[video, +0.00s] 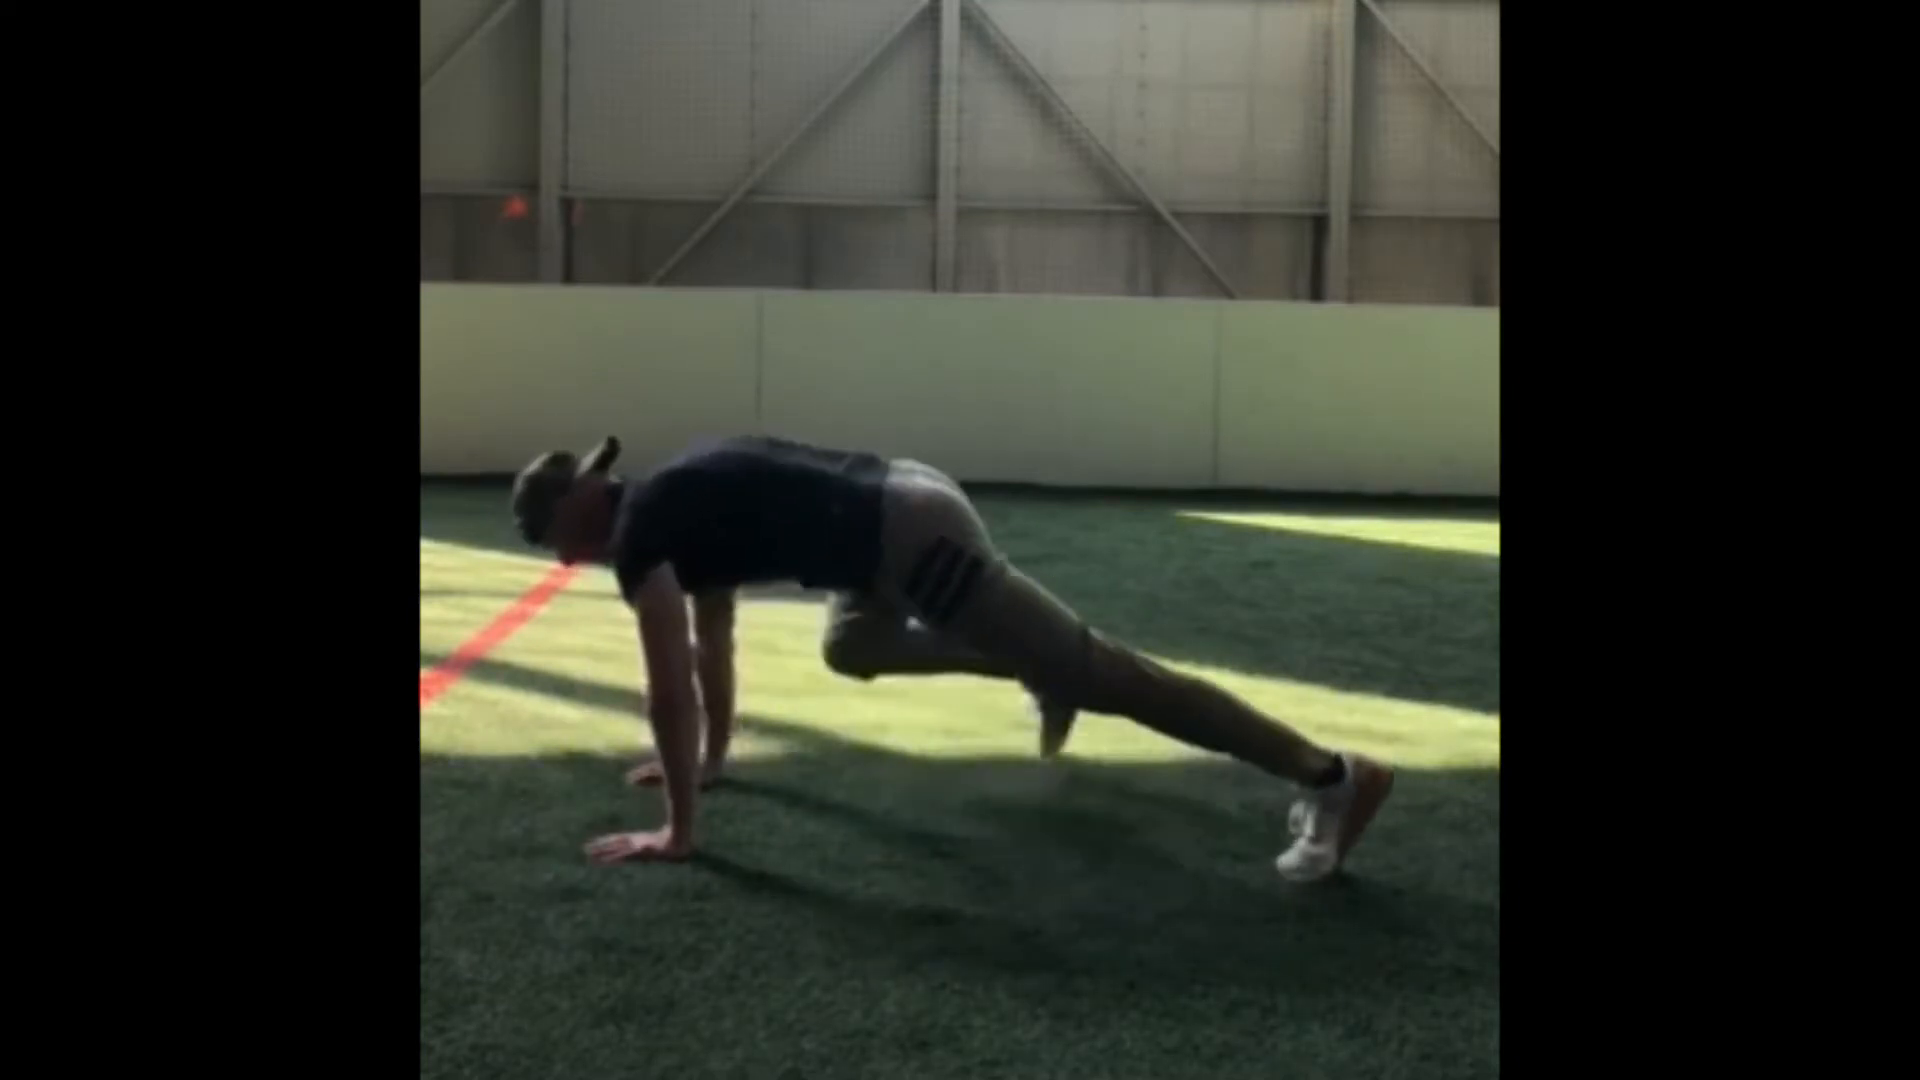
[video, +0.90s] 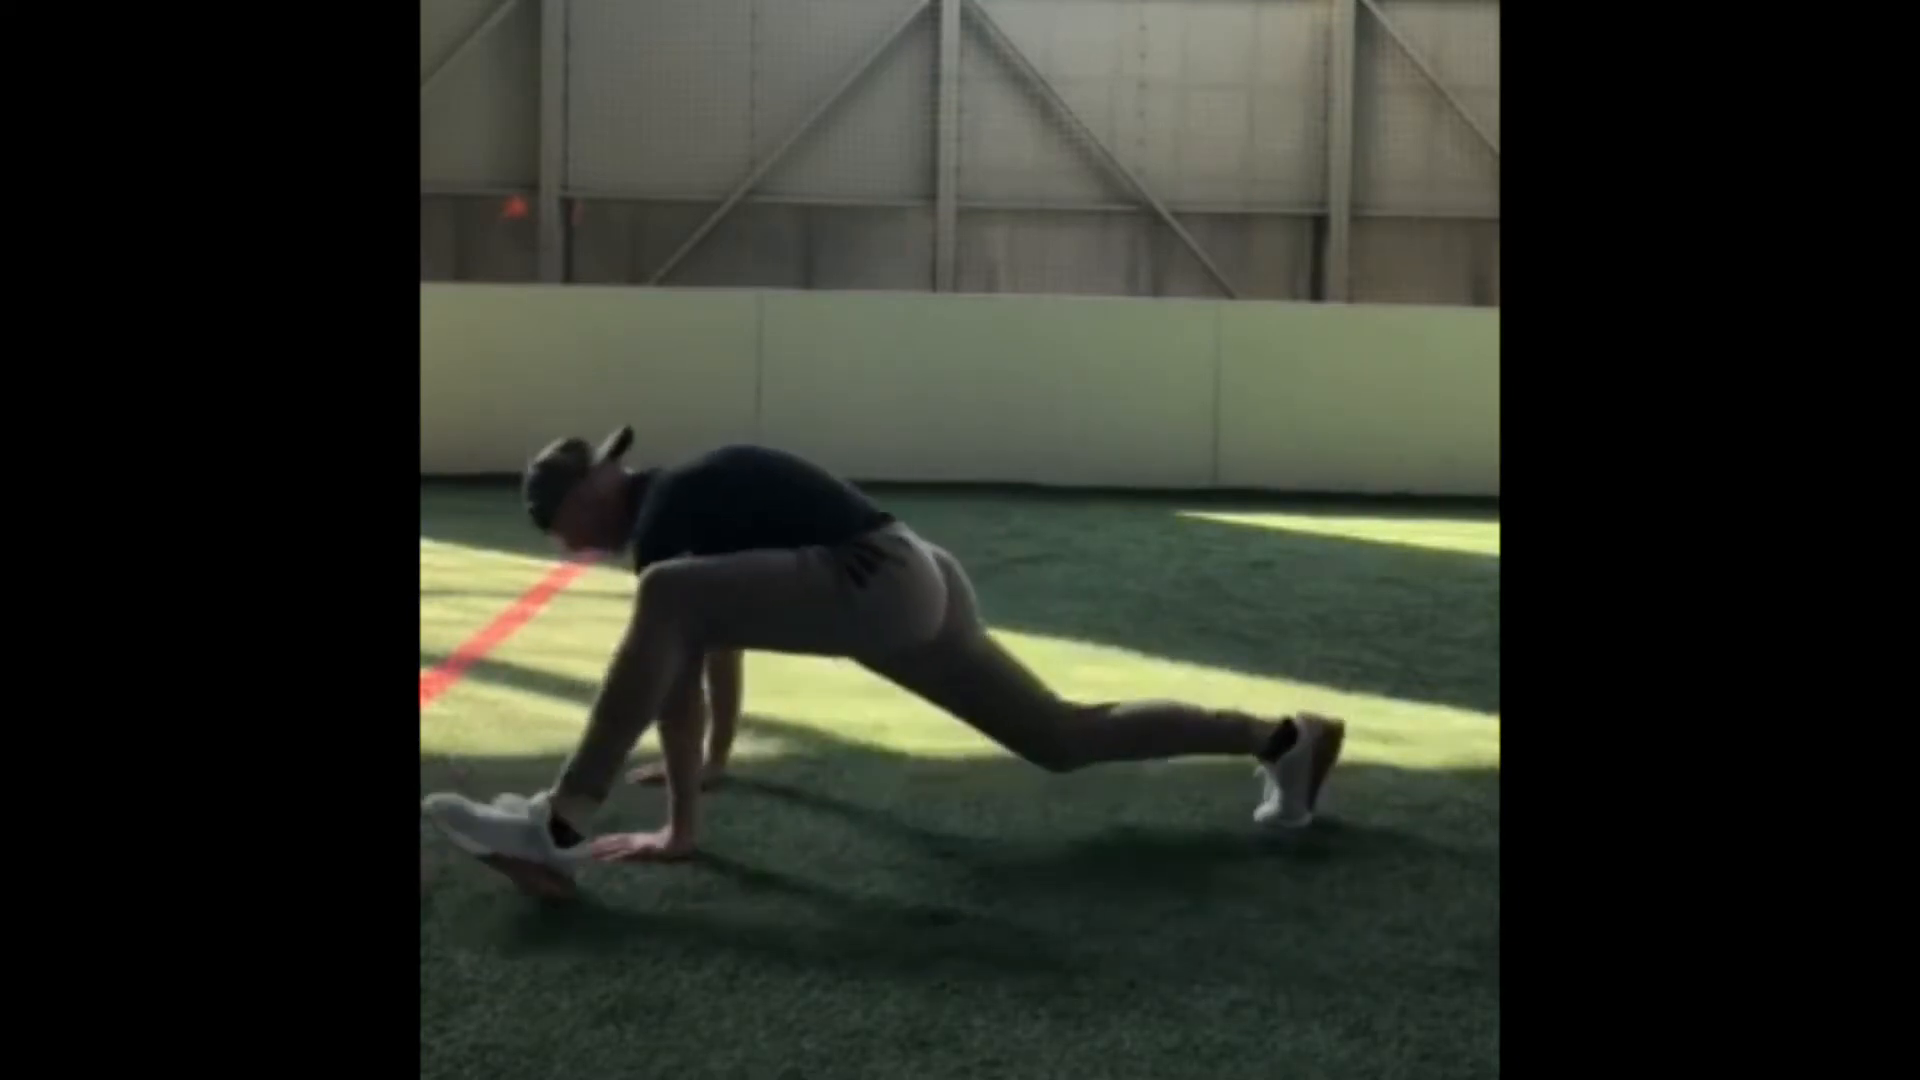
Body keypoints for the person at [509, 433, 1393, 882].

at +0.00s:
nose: (572, 565)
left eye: (564, 549)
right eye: (561, 553)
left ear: (583, 513)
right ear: (600, 491)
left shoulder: (642, 535)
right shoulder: (682, 499)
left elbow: (671, 693)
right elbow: (713, 652)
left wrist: (677, 829)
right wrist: (708, 756)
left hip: (914, 534)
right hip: (907, 502)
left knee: (1108, 675)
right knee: (853, 649)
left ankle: (1334, 777)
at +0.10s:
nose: (570, 562)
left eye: (562, 546)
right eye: (559, 551)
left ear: (580, 511)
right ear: (597, 489)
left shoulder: (642, 534)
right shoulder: (682, 501)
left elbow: (669, 694)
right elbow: (718, 652)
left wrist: (677, 829)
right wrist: (710, 752)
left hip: (914, 557)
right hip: (911, 540)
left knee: (1097, 687)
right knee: (970, 716)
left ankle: (1340, 780)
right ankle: (1166, 681)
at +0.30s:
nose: (583, 561)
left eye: (574, 546)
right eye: (572, 551)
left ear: (593, 511)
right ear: (613, 489)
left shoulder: (652, 536)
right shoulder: (698, 502)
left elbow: (676, 696)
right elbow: (732, 661)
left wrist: (679, 833)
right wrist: (710, 760)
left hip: (919, 581)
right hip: (940, 540)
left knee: (1038, 774)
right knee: (1073, 709)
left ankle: (1283, 760)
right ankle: (1282, 739)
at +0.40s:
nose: (582, 563)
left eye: (572, 548)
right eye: (569, 553)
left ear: (593, 508)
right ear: (610, 489)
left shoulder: (657, 534)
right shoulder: (693, 501)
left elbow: (681, 689)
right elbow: (725, 660)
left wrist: (678, 831)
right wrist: (704, 763)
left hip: (901, 549)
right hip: (941, 515)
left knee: (881, 761)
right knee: (1081, 677)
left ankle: (1119, 749)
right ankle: (1300, 735)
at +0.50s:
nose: (579, 562)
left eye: (569, 547)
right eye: (568, 552)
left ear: (589, 512)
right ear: (607, 494)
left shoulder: (654, 523)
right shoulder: (683, 502)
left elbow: (678, 678)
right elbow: (717, 657)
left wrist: (678, 827)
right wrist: (694, 765)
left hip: (887, 537)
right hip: (935, 529)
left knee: (714, 635)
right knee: (1077, 675)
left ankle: (878, 814)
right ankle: (1299, 734)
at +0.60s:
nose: (573, 546)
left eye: (560, 528)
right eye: (562, 533)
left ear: (582, 498)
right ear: (604, 475)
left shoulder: (658, 523)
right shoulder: (690, 500)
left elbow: (680, 696)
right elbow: (710, 689)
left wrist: (674, 825)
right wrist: (700, 800)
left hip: (885, 552)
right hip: (929, 559)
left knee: (669, 570)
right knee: (1060, 711)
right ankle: (1278, 731)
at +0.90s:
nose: (574, 554)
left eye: (569, 532)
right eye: (564, 542)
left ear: (597, 496)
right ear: (614, 487)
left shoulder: (661, 526)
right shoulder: (692, 513)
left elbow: (675, 683)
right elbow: (719, 667)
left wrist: (678, 828)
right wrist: (718, 766)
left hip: (882, 586)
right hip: (923, 587)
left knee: (663, 591)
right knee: (1059, 737)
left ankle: (561, 818)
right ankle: (1282, 740)